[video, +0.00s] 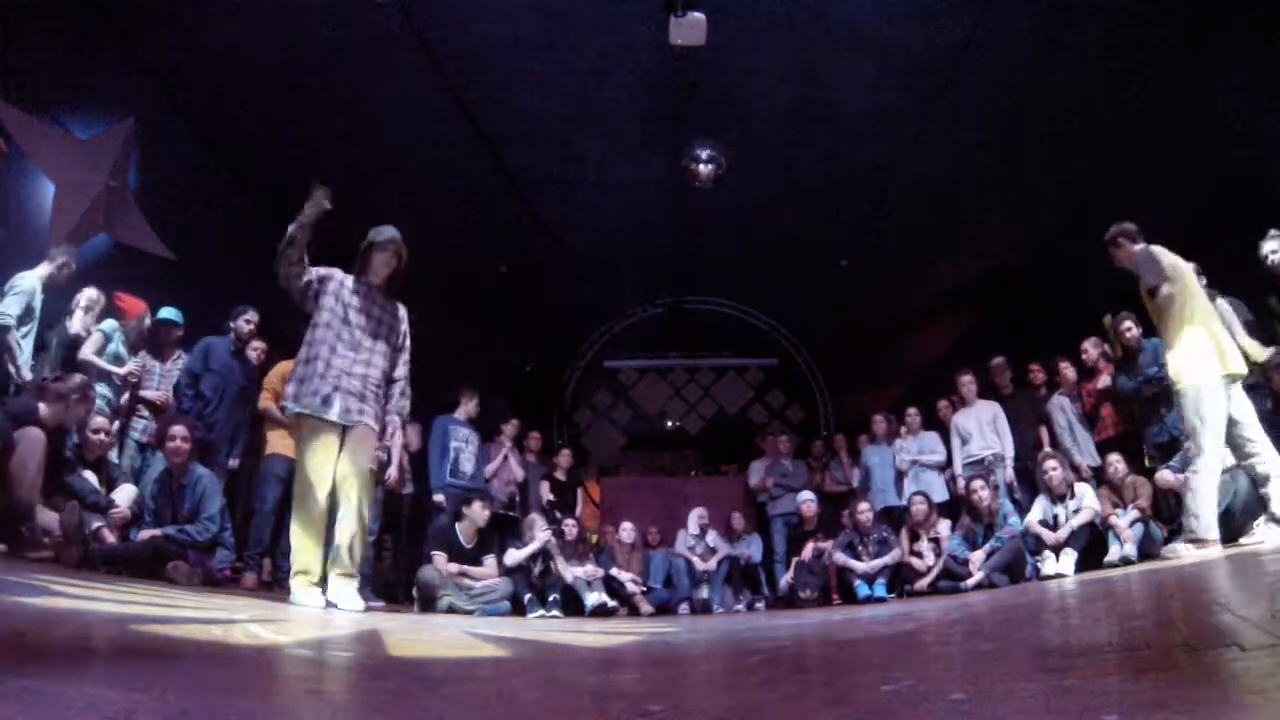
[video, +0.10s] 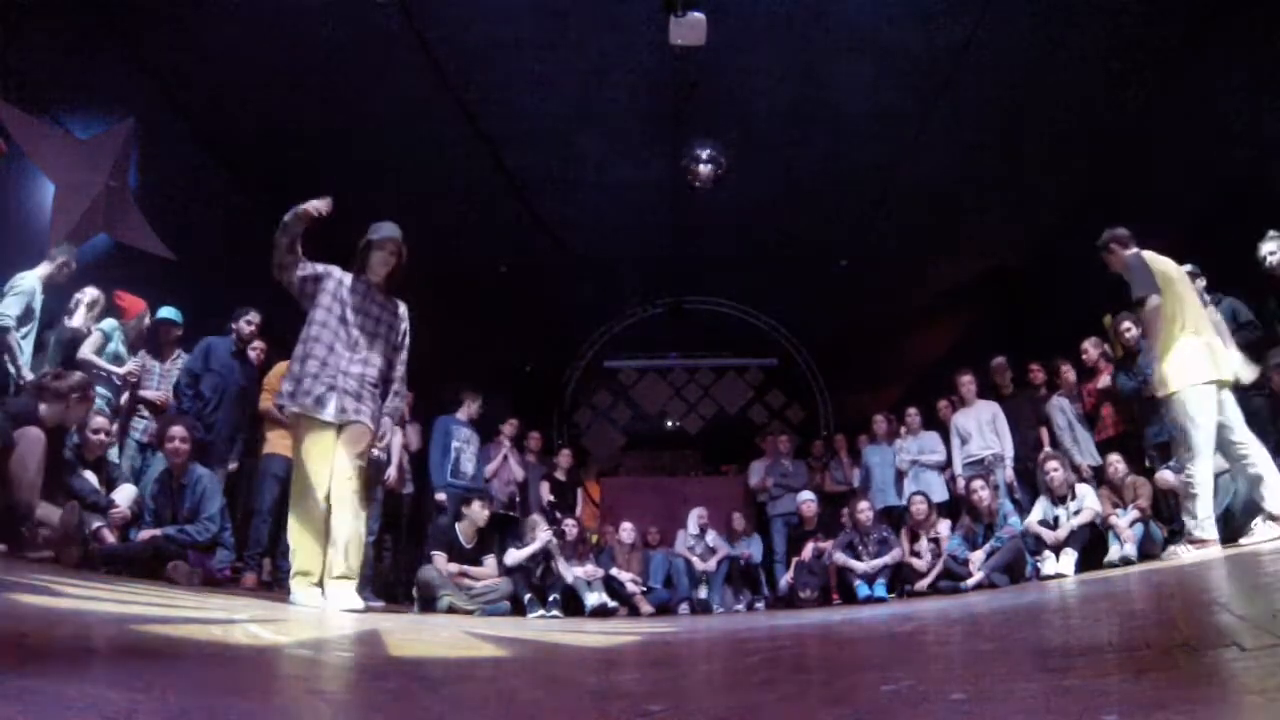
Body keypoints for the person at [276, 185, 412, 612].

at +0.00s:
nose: (387, 260)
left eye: (394, 256)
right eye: (383, 251)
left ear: (398, 265)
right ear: (366, 253)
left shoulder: (397, 314)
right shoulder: (331, 282)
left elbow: (400, 380)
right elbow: (290, 275)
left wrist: (394, 435)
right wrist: (304, 222)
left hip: (366, 410)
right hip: (317, 398)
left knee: (354, 493)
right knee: (313, 490)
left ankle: (344, 582)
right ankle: (304, 581)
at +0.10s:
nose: (389, 259)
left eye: (395, 254)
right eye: (384, 250)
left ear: (398, 262)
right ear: (366, 250)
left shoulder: (398, 312)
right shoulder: (330, 279)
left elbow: (398, 376)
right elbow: (287, 267)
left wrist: (388, 421)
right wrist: (296, 220)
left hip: (362, 406)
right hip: (315, 395)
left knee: (349, 494)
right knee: (310, 490)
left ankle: (343, 584)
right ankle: (304, 581)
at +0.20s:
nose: (388, 253)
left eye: (394, 248)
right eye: (382, 244)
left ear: (399, 255)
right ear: (367, 244)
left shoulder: (399, 305)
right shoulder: (331, 271)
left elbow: (397, 373)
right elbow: (287, 253)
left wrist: (384, 421)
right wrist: (299, 201)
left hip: (363, 396)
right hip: (314, 384)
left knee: (345, 486)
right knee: (310, 483)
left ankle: (333, 580)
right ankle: (304, 581)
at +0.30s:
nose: (389, 247)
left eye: (397, 242)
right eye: (385, 238)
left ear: (402, 250)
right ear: (369, 237)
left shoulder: (400, 299)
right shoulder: (332, 262)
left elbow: (396, 365)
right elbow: (294, 232)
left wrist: (388, 416)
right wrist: (303, 173)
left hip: (360, 395)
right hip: (312, 381)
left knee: (335, 478)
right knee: (305, 481)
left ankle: (320, 577)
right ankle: (303, 578)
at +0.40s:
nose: (392, 237)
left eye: (400, 233)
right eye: (388, 228)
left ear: (405, 241)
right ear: (372, 228)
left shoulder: (403, 295)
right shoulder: (333, 251)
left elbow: (397, 362)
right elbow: (297, 218)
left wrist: (385, 417)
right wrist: (304, 158)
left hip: (358, 393)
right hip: (310, 378)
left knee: (332, 480)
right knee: (302, 479)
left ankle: (310, 578)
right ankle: (299, 577)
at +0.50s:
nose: (395, 230)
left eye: (404, 225)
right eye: (391, 220)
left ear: (410, 233)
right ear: (376, 219)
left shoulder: (406, 288)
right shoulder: (336, 240)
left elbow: (399, 354)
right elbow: (296, 208)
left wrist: (388, 412)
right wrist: (305, 149)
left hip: (356, 384)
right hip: (308, 369)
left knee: (329, 474)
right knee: (298, 472)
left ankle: (311, 578)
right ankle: (298, 575)